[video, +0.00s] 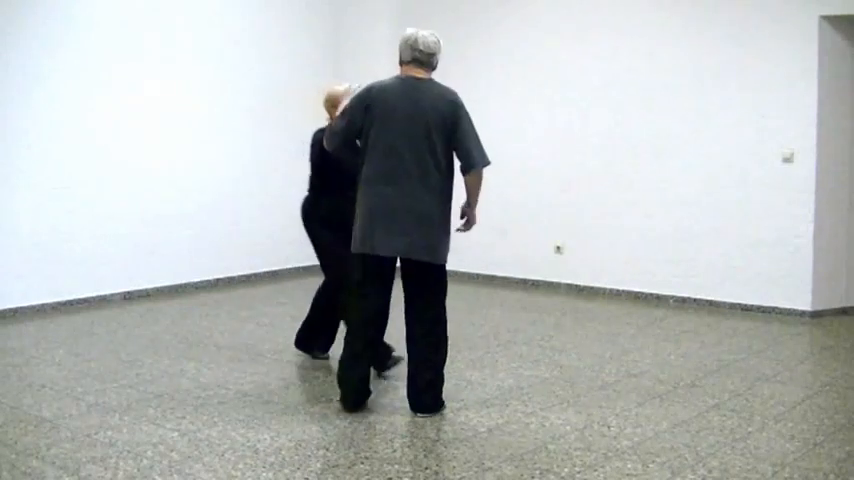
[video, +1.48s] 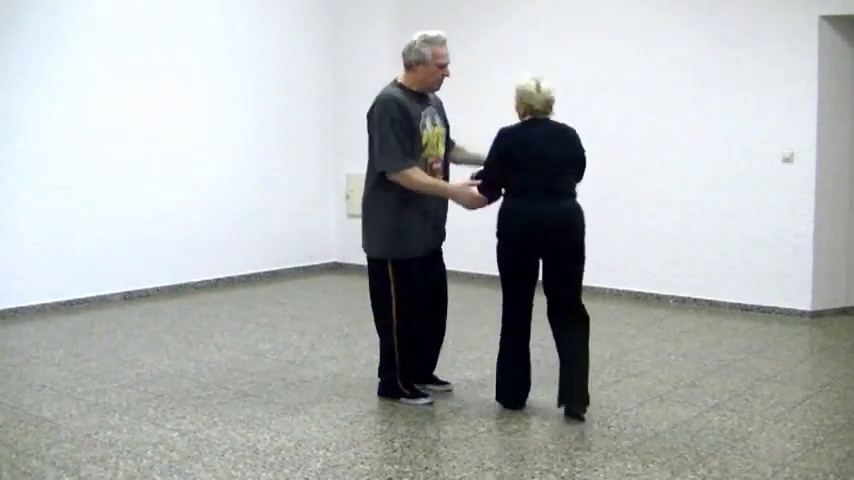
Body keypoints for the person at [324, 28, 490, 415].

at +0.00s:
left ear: (400, 59)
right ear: (434, 63)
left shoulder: (373, 94)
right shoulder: (449, 101)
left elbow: (334, 140)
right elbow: (474, 164)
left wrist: (368, 162)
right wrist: (471, 205)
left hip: (374, 224)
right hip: (427, 226)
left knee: (366, 309)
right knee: (427, 313)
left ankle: (353, 394)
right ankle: (426, 399)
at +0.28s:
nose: (421, 70)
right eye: (421, 65)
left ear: (383, 61)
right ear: (418, 66)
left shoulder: (357, 97)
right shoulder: (420, 103)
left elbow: (326, 113)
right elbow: (439, 165)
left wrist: (359, 80)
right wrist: (440, 203)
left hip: (353, 227)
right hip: (402, 230)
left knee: (352, 312)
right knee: (414, 311)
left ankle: (350, 396)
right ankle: (422, 393)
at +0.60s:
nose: (421, 74)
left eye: (422, 68)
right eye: (420, 68)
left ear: (382, 65)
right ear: (413, 70)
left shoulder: (358, 94)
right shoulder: (407, 107)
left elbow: (386, 87)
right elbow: (412, 175)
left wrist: (419, 74)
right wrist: (438, 192)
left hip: (346, 224)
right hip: (388, 227)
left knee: (348, 315)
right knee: (394, 311)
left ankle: (349, 396)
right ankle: (391, 386)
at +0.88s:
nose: (435, 73)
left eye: (434, 67)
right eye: (432, 67)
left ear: (399, 67)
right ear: (414, 69)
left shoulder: (378, 89)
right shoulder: (402, 105)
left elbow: (431, 83)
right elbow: (415, 175)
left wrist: (469, 64)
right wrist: (460, 184)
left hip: (367, 213)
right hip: (392, 220)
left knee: (381, 292)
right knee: (406, 299)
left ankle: (349, 358)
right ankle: (390, 385)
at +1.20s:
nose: (440, 75)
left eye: (440, 67)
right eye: (434, 68)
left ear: (415, 68)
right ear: (409, 69)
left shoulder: (412, 97)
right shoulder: (391, 107)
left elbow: (452, 109)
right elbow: (421, 172)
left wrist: (494, 97)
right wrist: (480, 178)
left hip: (406, 223)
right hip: (388, 228)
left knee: (423, 286)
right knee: (401, 305)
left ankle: (381, 350)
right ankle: (396, 384)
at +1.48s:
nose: (447, 72)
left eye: (447, 65)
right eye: (441, 65)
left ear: (424, 67)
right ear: (416, 66)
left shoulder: (432, 102)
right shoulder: (388, 105)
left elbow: (445, 152)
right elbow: (398, 171)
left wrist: (488, 161)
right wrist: (452, 191)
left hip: (425, 230)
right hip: (392, 234)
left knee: (431, 304)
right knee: (397, 311)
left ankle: (420, 371)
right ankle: (394, 383)